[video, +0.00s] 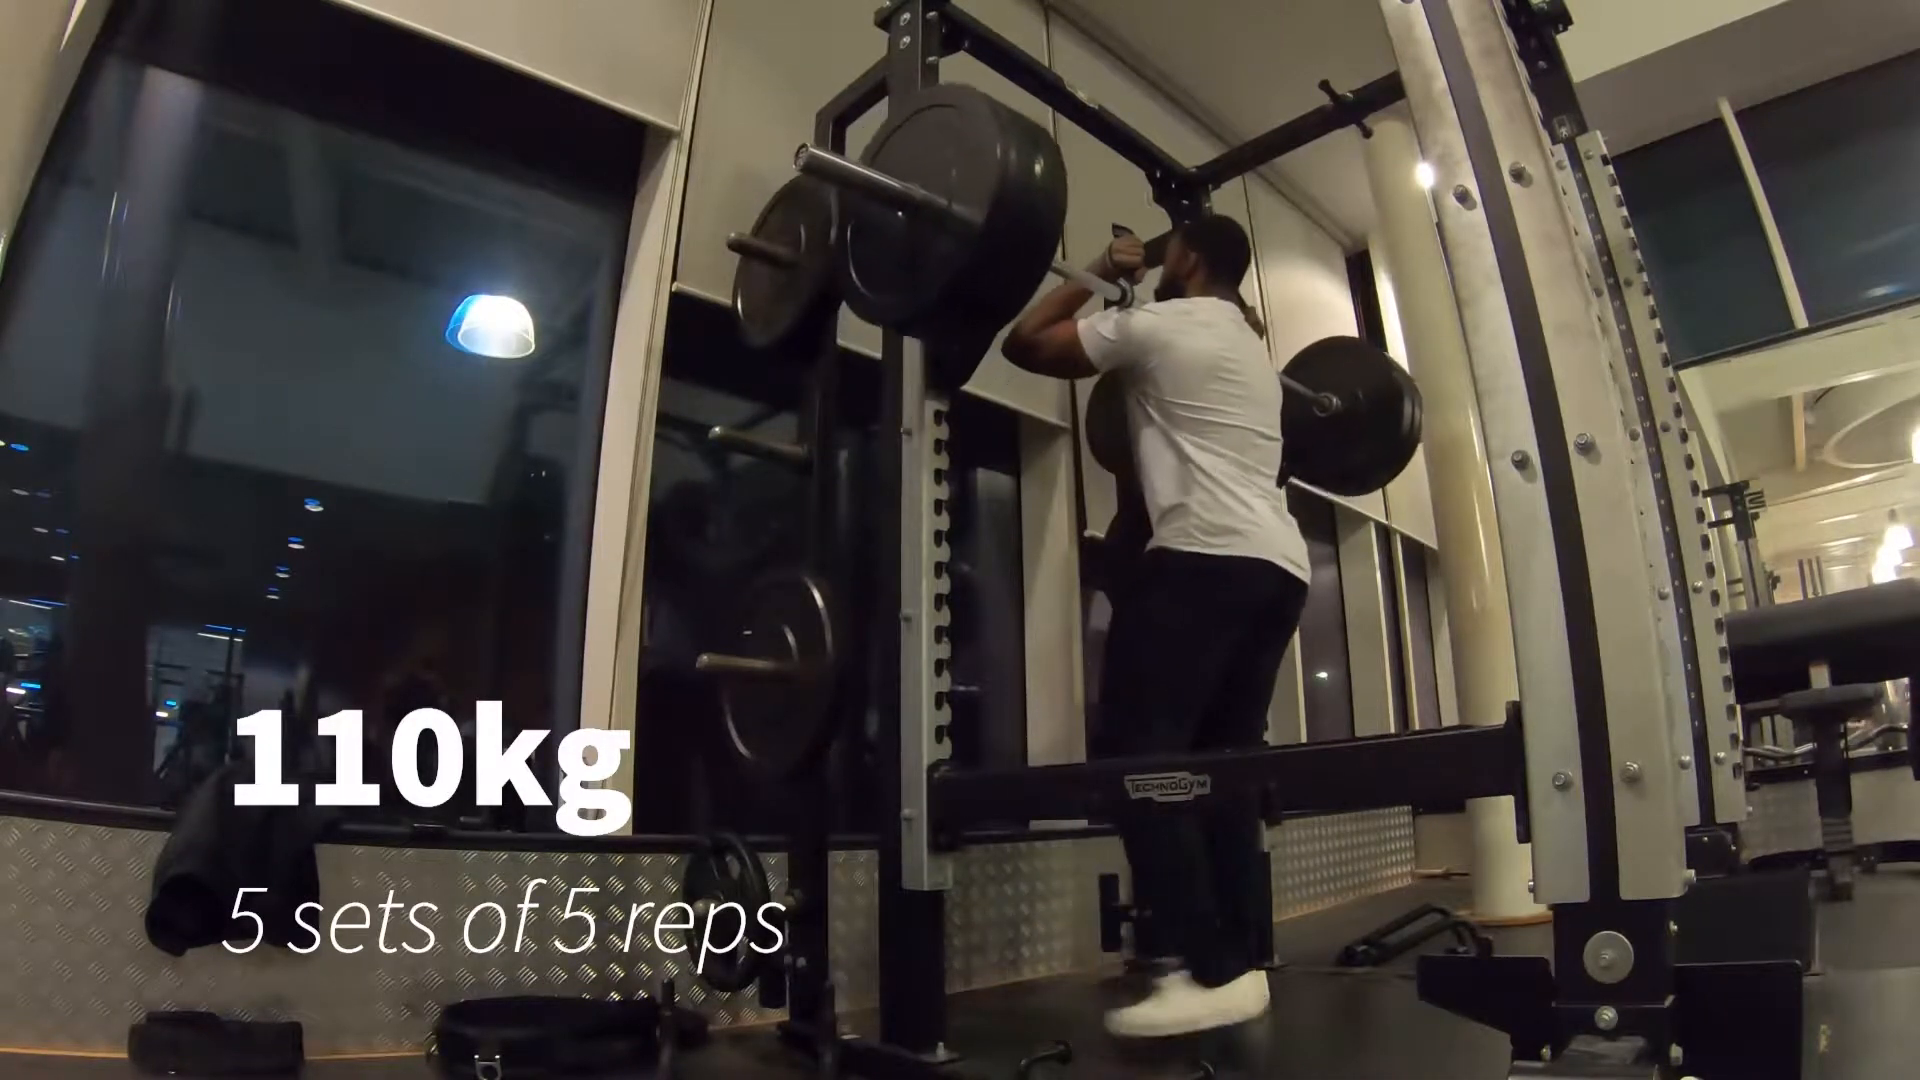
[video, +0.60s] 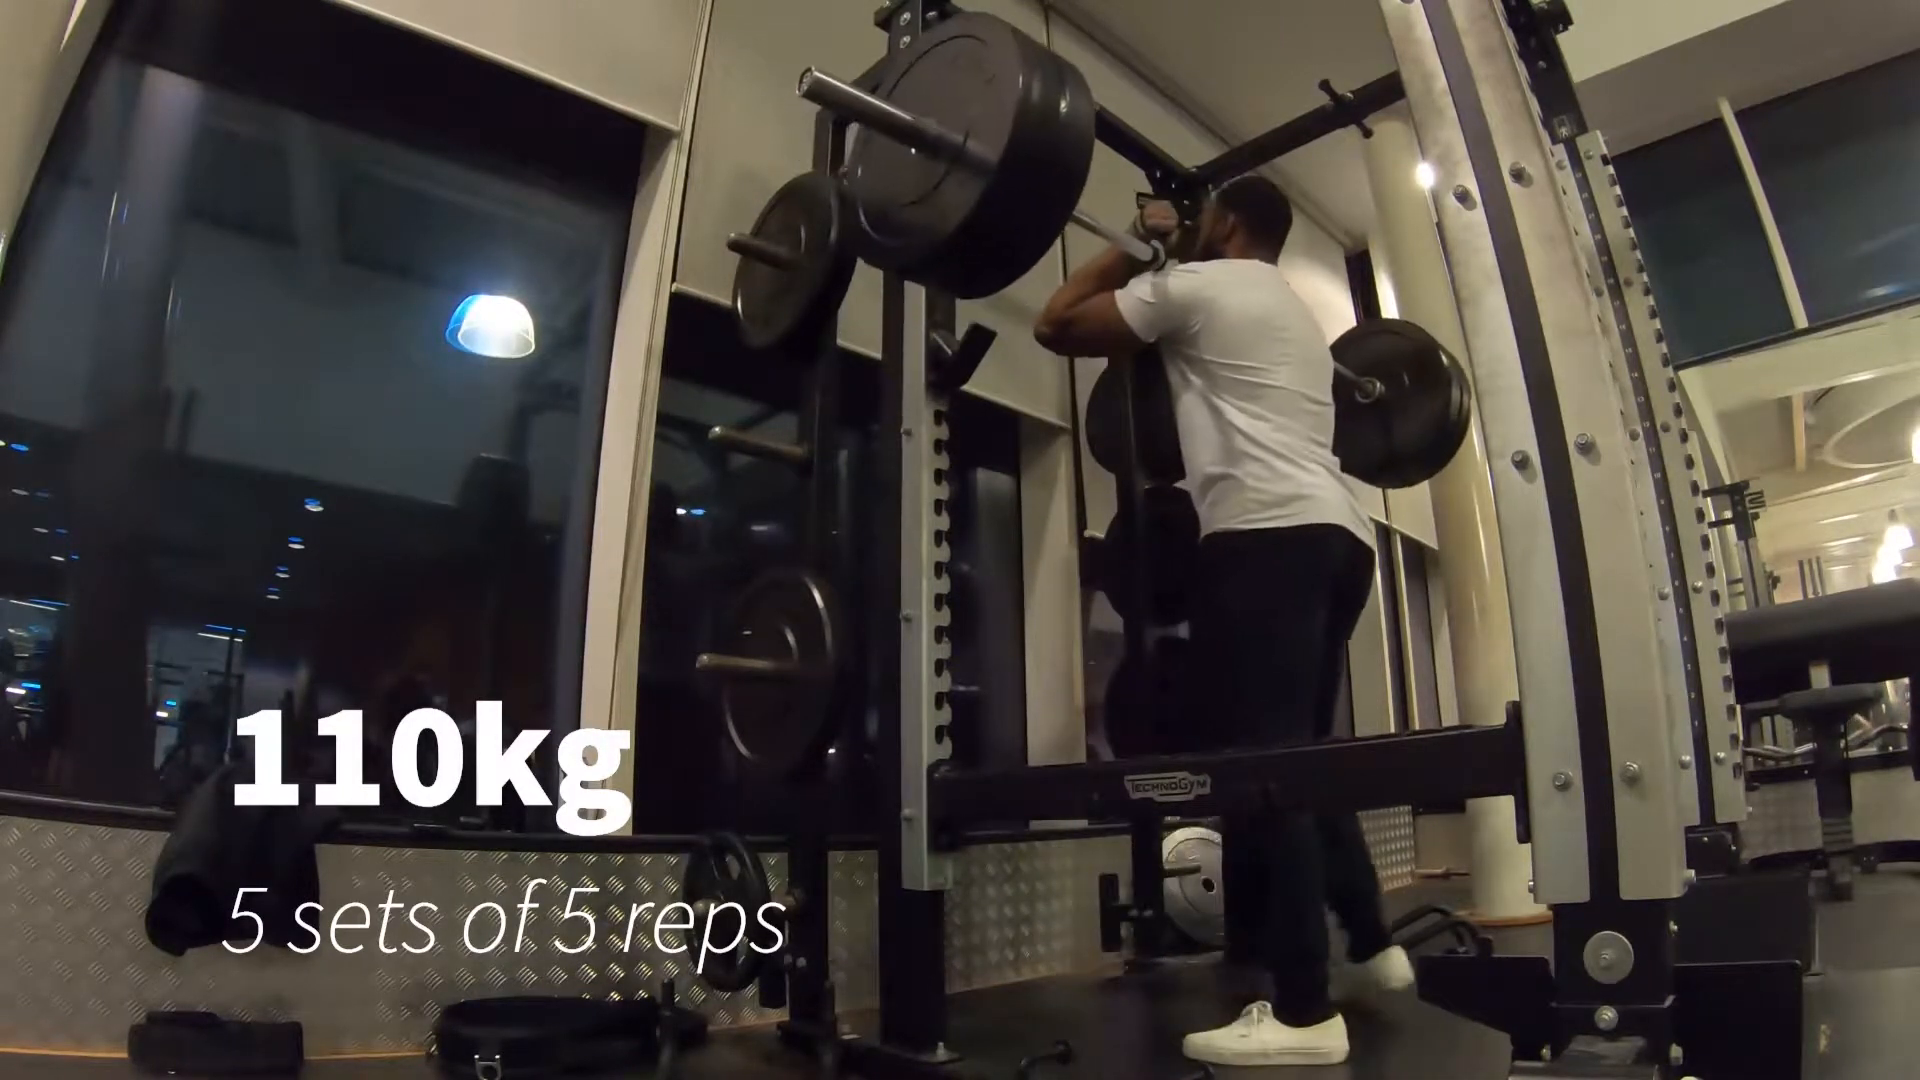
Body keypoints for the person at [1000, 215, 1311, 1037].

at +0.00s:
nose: (1160, 257)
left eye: (1169, 246)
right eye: (1168, 247)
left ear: (1188, 257)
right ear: (1232, 271)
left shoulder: (1160, 326)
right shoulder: (1256, 349)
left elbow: (1027, 340)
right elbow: (1126, 443)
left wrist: (1093, 276)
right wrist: (1120, 306)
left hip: (1194, 559)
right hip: (1276, 567)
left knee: (1137, 756)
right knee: (1228, 760)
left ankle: (1196, 971)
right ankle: (1242, 964)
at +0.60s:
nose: (1198, 230)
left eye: (1206, 220)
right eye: (1204, 221)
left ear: (1226, 225)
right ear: (1274, 236)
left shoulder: (1201, 293)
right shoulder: (1299, 309)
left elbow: (1056, 323)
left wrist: (1133, 244)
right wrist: (1157, 274)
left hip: (1262, 541)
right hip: (1338, 541)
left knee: (1262, 770)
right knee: (1300, 759)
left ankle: (1301, 1011)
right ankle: (1375, 947)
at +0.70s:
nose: (1211, 235)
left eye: (1216, 226)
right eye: (1214, 227)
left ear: (1235, 228)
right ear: (1284, 239)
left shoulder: (1208, 296)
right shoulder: (1305, 309)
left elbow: (1066, 323)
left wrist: (1139, 246)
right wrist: (1176, 270)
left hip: (1266, 543)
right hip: (1351, 544)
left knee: (1259, 772)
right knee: (1336, 761)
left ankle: (1300, 1011)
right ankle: (1387, 966)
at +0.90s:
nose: (1222, 239)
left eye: (1227, 229)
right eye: (1224, 231)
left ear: (1246, 230)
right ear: (1296, 240)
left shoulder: (1220, 299)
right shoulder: (1317, 311)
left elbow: (1081, 319)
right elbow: (1228, 327)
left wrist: (1151, 252)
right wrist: (1192, 258)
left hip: (1276, 549)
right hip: (1360, 547)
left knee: (1266, 772)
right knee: (1341, 765)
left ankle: (1301, 1010)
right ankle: (1385, 968)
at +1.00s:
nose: (1227, 243)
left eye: (1233, 232)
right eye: (1230, 234)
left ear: (1250, 233)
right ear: (1301, 242)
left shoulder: (1225, 300)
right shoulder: (1322, 311)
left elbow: (1087, 324)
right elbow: (1238, 331)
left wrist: (1155, 255)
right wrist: (1200, 258)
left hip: (1280, 549)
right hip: (1364, 547)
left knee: (1274, 772)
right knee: (1346, 765)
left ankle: (1301, 1010)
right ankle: (1387, 970)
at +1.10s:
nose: (1232, 243)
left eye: (1238, 232)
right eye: (1236, 234)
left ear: (1255, 233)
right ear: (1305, 243)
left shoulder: (1231, 300)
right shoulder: (1324, 312)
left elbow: (1090, 325)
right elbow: (1237, 337)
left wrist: (1157, 257)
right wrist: (1201, 263)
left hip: (1286, 549)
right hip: (1366, 547)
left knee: (1280, 774)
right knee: (1349, 766)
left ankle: (1301, 1011)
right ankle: (1387, 971)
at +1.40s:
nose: (1235, 242)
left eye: (1242, 230)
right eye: (1241, 232)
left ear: (1259, 231)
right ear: (1310, 243)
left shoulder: (1236, 299)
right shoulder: (1332, 314)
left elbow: (1096, 328)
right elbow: (1241, 343)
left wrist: (1166, 255)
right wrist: (1202, 263)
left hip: (1287, 546)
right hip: (1370, 545)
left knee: (1279, 772)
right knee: (1348, 765)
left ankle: (1301, 1010)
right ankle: (1387, 971)